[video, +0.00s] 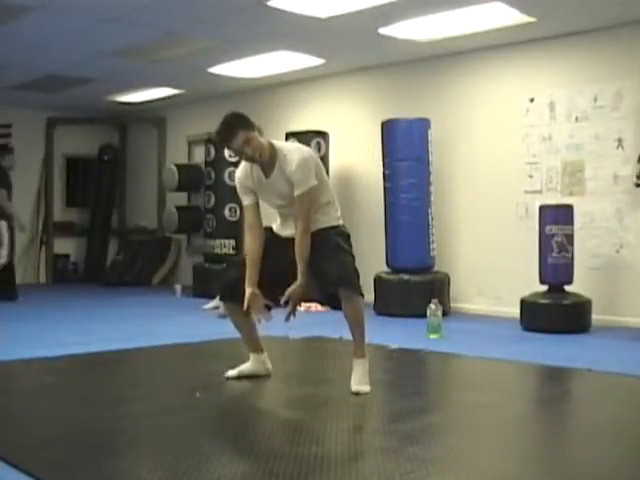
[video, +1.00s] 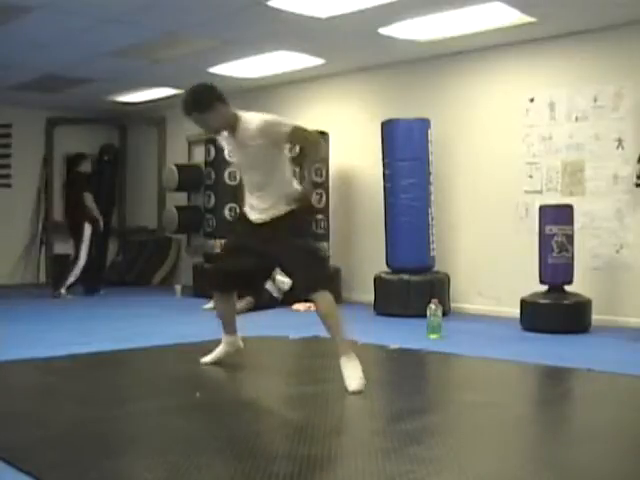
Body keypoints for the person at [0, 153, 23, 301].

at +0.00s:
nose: (14, 161)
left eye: (13, 157)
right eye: (11, 157)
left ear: (7, 158)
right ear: (4, 158)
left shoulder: (6, 175)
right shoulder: (3, 175)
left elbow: (5, 201)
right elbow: (4, 201)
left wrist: (16, 218)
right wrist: (17, 219)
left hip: (7, 221)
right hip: (4, 222)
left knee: (8, 255)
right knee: (5, 255)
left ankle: (8, 288)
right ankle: (6, 289)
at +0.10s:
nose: (20, 161)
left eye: (20, 157)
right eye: (18, 157)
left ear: (11, 159)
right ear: (10, 158)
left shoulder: (8, 172)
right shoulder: (7, 172)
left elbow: (9, 198)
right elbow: (9, 197)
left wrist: (19, 217)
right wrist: (21, 218)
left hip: (10, 216)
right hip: (8, 217)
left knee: (13, 254)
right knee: (21, 255)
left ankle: (9, 288)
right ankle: (4, 287)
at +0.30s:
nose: (36, 162)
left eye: (35, 159)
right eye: (33, 159)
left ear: (23, 160)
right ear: (26, 160)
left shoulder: (18, 176)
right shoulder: (25, 177)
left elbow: (26, 205)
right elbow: (29, 204)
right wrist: (32, 227)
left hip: (16, 223)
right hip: (25, 223)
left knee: (13, 257)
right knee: (37, 257)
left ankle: (9, 290)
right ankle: (52, 289)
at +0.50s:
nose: (53, 162)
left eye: (52, 159)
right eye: (51, 159)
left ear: (39, 160)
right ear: (46, 160)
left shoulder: (33, 177)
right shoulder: (48, 176)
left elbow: (33, 206)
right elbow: (50, 204)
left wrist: (35, 224)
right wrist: (54, 227)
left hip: (36, 224)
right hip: (47, 224)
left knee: (32, 255)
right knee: (55, 256)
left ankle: (18, 285)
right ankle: (56, 289)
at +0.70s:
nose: (69, 163)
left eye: (68, 160)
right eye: (66, 160)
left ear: (53, 161)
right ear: (58, 161)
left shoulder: (46, 176)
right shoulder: (63, 176)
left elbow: (43, 202)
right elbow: (71, 199)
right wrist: (83, 216)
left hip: (50, 217)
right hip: (62, 218)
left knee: (52, 251)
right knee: (64, 253)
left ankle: (53, 285)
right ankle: (58, 289)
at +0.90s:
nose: (84, 167)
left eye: (84, 164)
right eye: (82, 164)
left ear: (69, 166)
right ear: (76, 165)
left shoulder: (63, 182)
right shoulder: (79, 181)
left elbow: (62, 204)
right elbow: (84, 201)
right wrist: (98, 215)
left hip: (65, 219)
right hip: (76, 220)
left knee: (66, 253)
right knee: (73, 254)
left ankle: (58, 287)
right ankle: (60, 289)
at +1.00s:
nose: (90, 167)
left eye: (89, 163)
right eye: (87, 164)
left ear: (75, 165)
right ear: (81, 165)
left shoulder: (70, 180)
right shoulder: (83, 179)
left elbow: (70, 203)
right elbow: (88, 201)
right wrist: (99, 217)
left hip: (73, 219)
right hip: (83, 219)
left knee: (80, 255)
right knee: (82, 256)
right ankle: (63, 287)